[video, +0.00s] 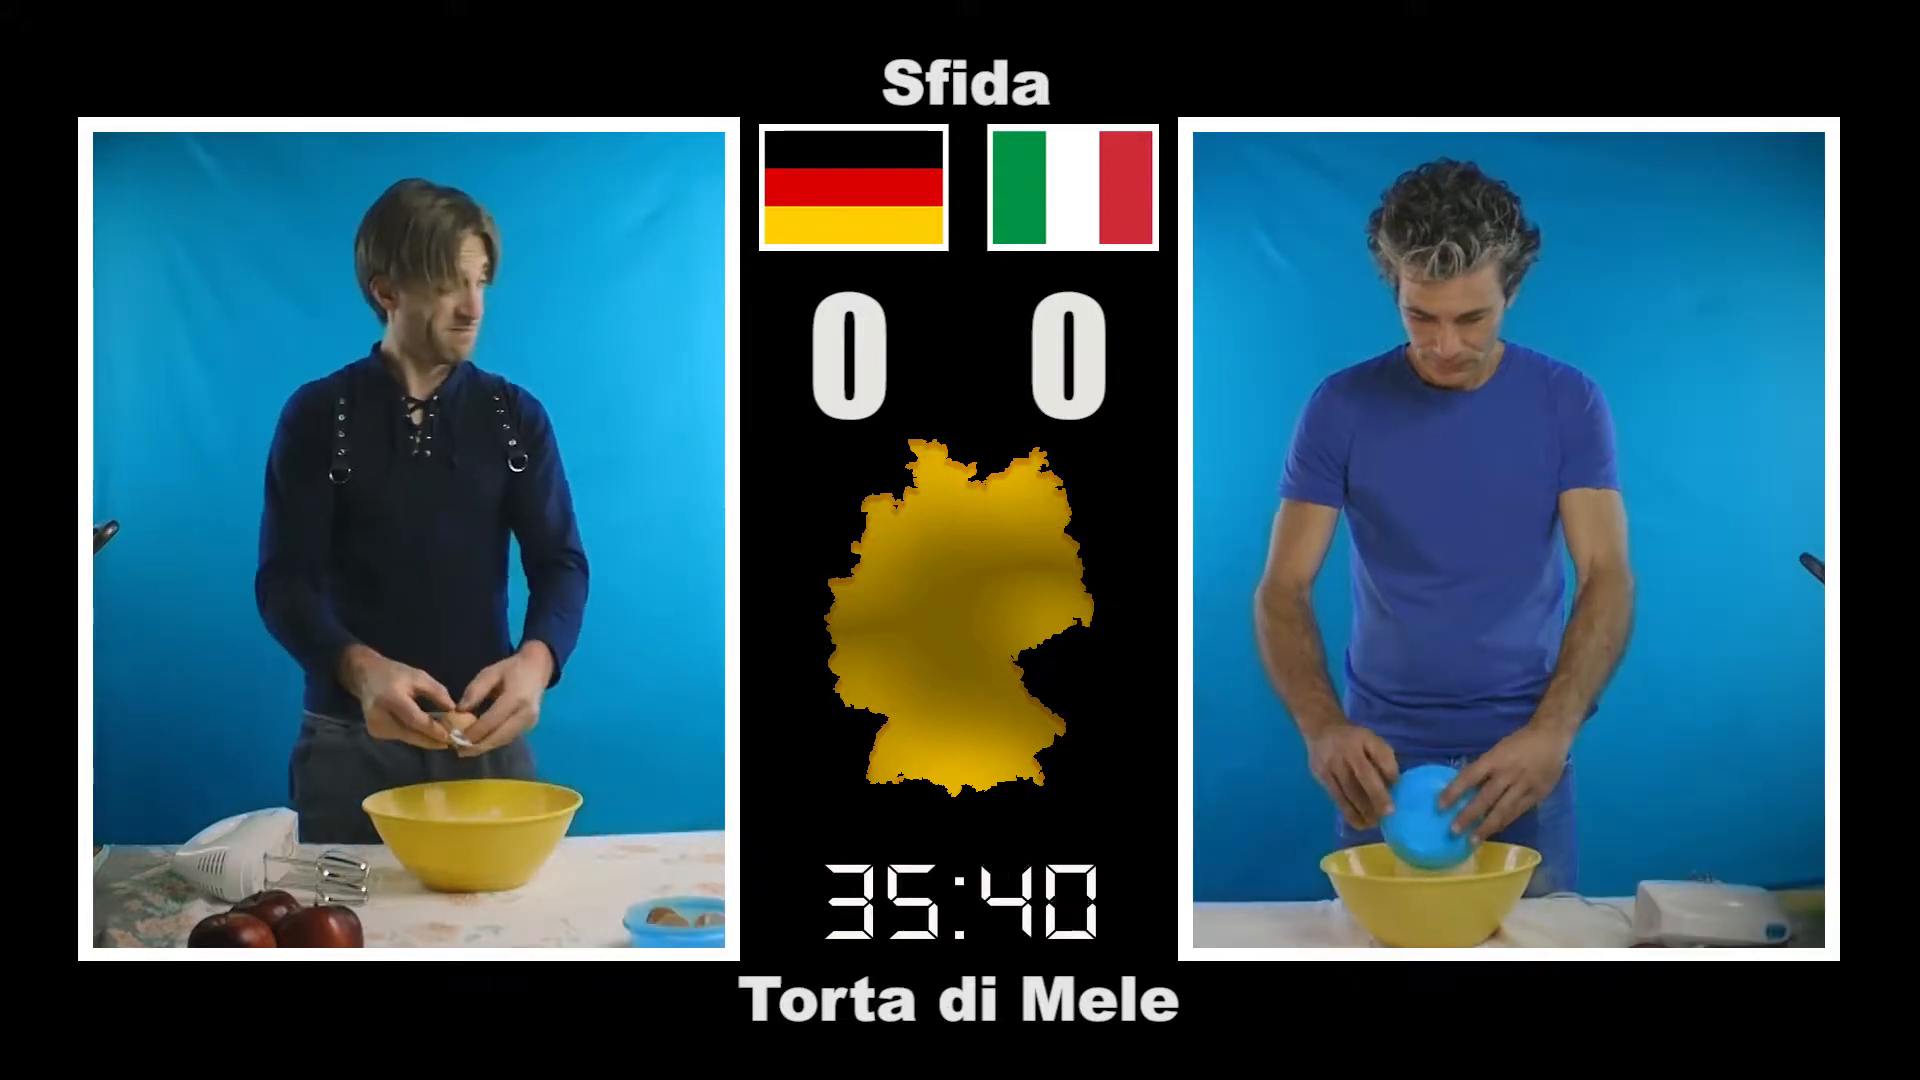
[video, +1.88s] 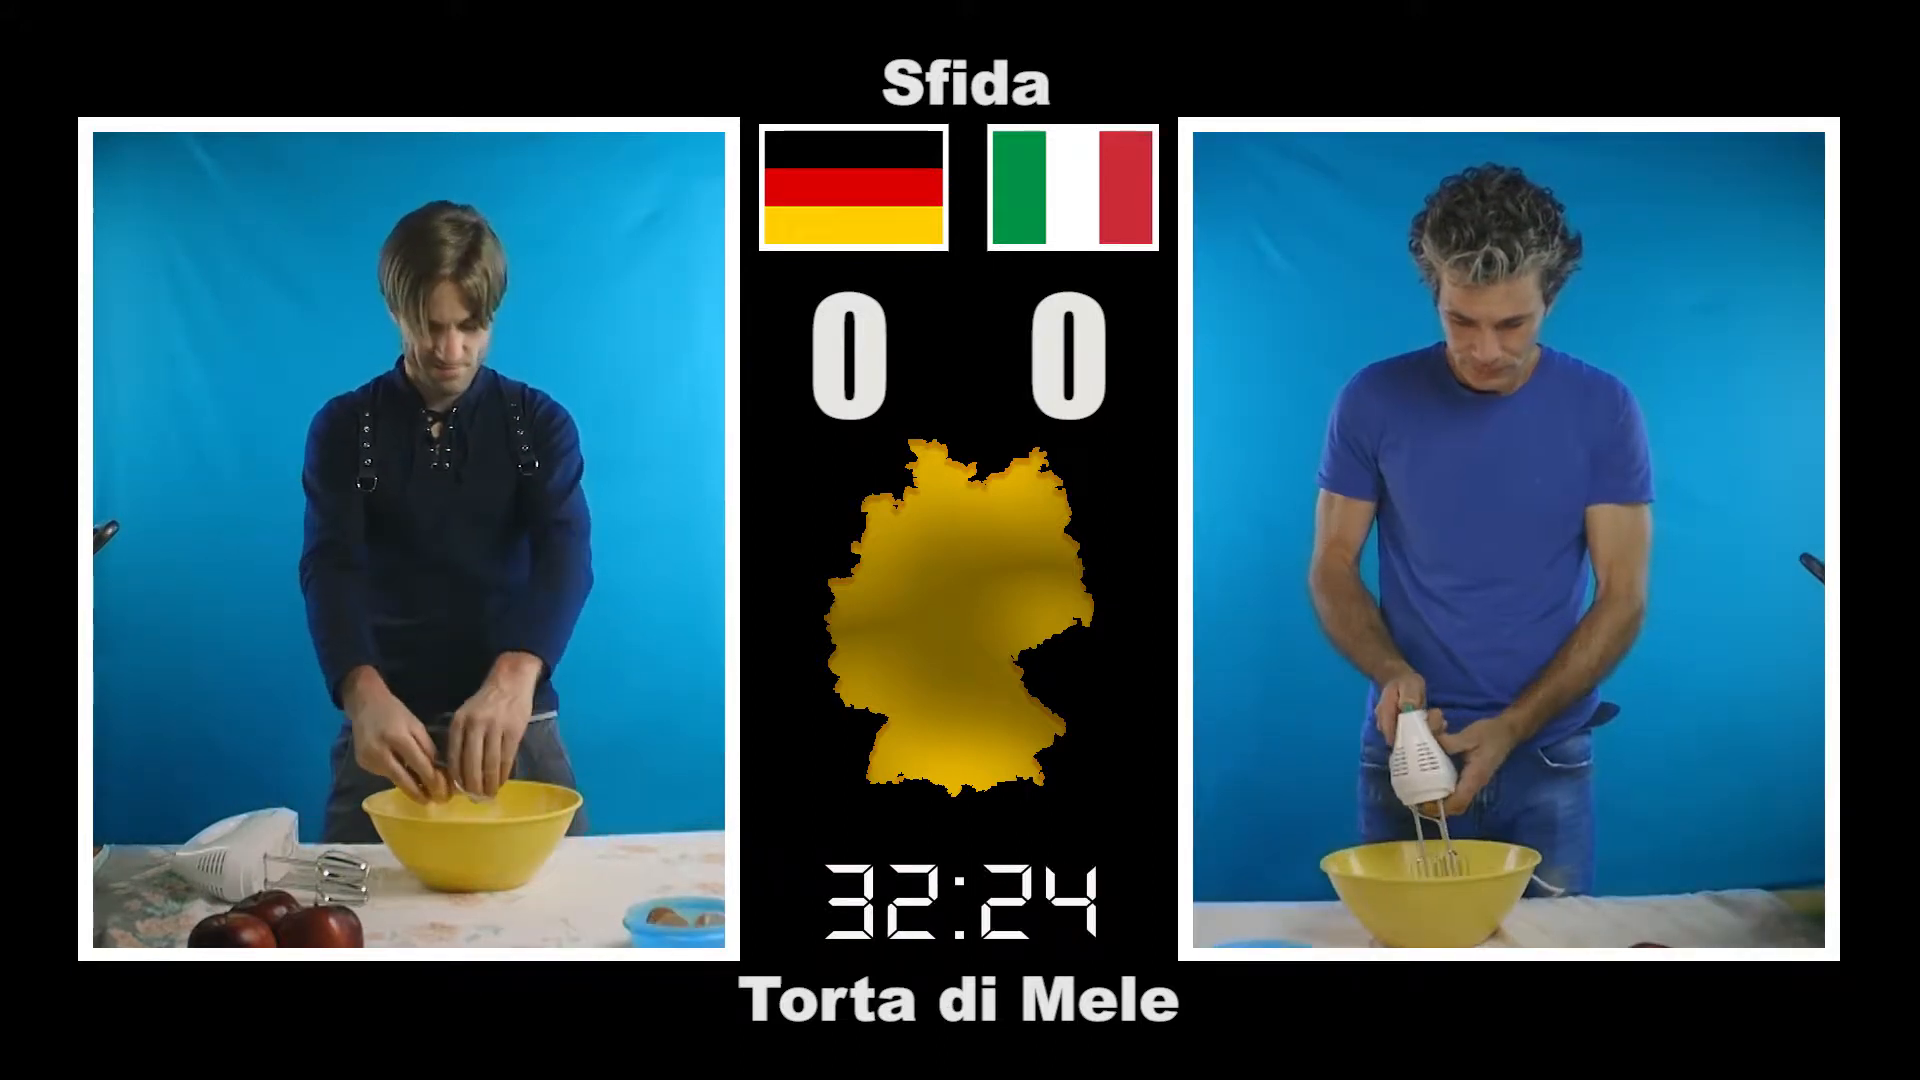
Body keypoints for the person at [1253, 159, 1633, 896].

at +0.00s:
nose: (1447, 344)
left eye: (1471, 317)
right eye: (1423, 317)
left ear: (1508, 292)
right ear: (1397, 292)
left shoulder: (1564, 402)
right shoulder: (1344, 406)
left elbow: (1607, 577)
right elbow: (1283, 591)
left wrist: (1550, 732)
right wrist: (1324, 729)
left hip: (1523, 751)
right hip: (1384, 751)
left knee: (1528, 948)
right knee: (1384, 950)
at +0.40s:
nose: (1447, 344)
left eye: (1472, 317)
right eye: (1423, 317)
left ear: (1507, 292)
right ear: (1396, 292)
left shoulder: (1562, 402)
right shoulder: (1343, 406)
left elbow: (1618, 576)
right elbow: (1269, 587)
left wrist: (1550, 718)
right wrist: (1319, 723)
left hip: (1520, 752)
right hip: (1382, 753)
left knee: (1529, 948)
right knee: (1388, 951)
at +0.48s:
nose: (1506, 355)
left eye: (1532, 329)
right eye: (1481, 329)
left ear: (1568, 300)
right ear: (1452, 299)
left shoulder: (1623, 411)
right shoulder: (1399, 405)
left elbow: (1685, 569)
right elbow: (1350, 593)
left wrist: (1668, 658)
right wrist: (1462, 675)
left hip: (1562, 762)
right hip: (1425, 756)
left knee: (1562, 952)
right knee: (1421, 952)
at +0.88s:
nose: (1505, 347)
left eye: (1529, 319)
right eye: (1481, 320)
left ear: (1565, 295)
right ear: (1454, 295)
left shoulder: (1620, 413)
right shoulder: (1393, 401)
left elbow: (1663, 589)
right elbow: (1340, 560)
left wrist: (1580, 697)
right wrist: (1383, 647)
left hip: (1560, 761)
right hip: (1418, 751)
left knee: (1559, 951)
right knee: (1411, 951)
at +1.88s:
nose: (1486, 350)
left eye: (1512, 324)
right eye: (1463, 322)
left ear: (1548, 298)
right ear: (1436, 293)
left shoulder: (1600, 411)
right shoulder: (1375, 401)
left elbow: (1623, 602)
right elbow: (1332, 572)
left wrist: (1511, 726)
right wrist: (1393, 673)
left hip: (1546, 758)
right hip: (1403, 758)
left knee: (1544, 953)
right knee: (1397, 952)